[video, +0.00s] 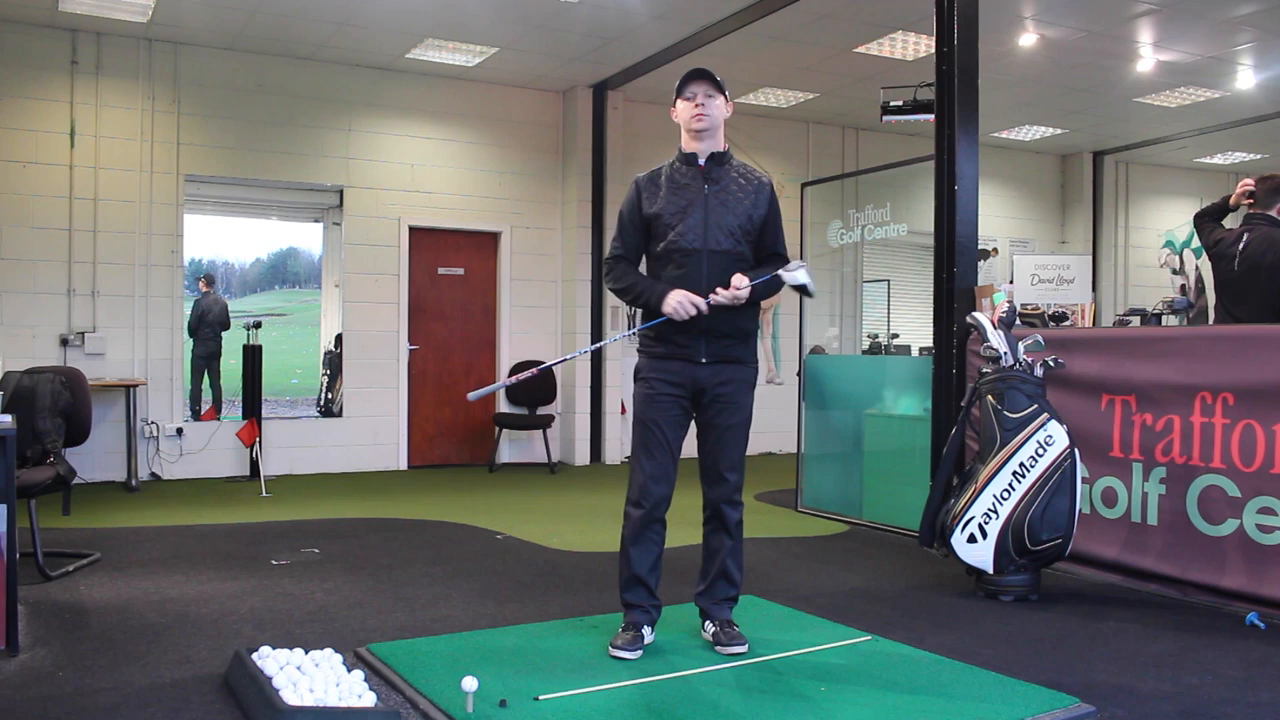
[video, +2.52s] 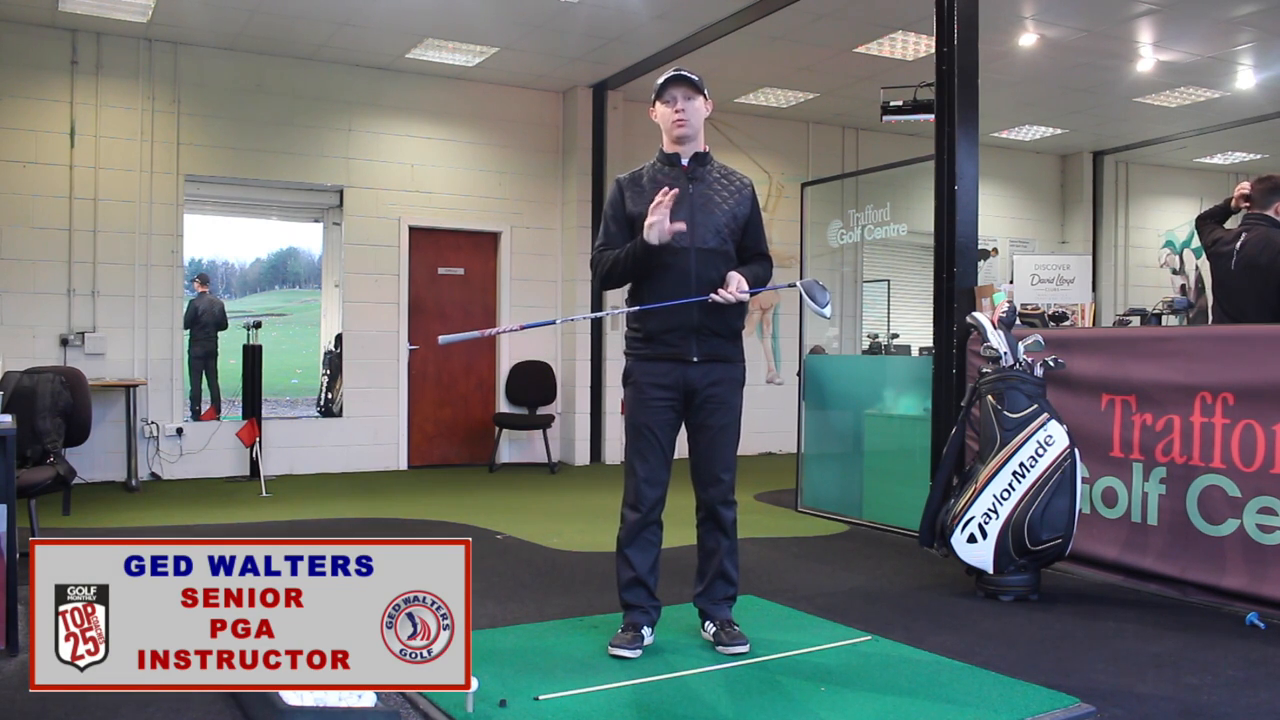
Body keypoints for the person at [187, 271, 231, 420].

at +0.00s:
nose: (199, 284)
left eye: (200, 282)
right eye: (200, 282)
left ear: (204, 284)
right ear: (212, 285)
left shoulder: (199, 302)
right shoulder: (222, 302)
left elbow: (192, 324)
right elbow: (226, 325)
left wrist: (192, 334)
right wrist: (215, 327)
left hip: (201, 344)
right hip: (216, 344)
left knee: (196, 382)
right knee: (215, 382)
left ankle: (195, 414)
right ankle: (217, 413)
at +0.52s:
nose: (194, 286)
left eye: (195, 283)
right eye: (195, 283)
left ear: (199, 284)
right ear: (208, 285)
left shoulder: (196, 302)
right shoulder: (218, 302)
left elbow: (189, 324)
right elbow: (223, 324)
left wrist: (184, 329)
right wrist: (211, 326)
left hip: (198, 346)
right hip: (213, 345)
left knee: (196, 382)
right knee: (213, 381)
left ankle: (196, 414)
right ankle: (216, 412)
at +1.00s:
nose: (192, 285)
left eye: (193, 283)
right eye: (193, 283)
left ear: (197, 284)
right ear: (206, 284)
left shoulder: (195, 302)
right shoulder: (217, 301)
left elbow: (191, 325)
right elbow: (223, 324)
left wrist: (184, 331)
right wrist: (210, 326)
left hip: (198, 345)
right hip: (212, 345)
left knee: (196, 382)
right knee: (213, 381)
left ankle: (196, 414)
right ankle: (216, 412)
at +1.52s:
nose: (193, 286)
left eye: (194, 283)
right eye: (193, 283)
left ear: (198, 284)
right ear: (206, 285)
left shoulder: (195, 302)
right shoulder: (218, 302)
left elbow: (189, 327)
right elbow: (224, 324)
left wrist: (189, 331)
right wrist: (212, 326)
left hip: (198, 345)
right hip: (213, 344)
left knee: (196, 382)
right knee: (213, 380)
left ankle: (196, 414)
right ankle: (216, 412)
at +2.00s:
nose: (194, 286)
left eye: (195, 284)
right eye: (194, 283)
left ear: (199, 285)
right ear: (207, 285)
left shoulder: (195, 303)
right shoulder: (218, 302)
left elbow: (189, 325)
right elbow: (224, 325)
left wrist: (187, 330)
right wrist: (211, 326)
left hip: (197, 345)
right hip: (212, 344)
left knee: (195, 382)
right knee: (213, 381)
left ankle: (196, 414)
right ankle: (216, 412)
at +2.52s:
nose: (193, 286)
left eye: (195, 283)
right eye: (194, 283)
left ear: (198, 284)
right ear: (207, 285)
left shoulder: (194, 302)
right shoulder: (218, 302)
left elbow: (186, 324)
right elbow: (224, 325)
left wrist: (197, 320)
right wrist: (211, 325)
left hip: (197, 346)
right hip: (212, 346)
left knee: (196, 382)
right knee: (213, 381)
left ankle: (196, 415)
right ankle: (216, 413)